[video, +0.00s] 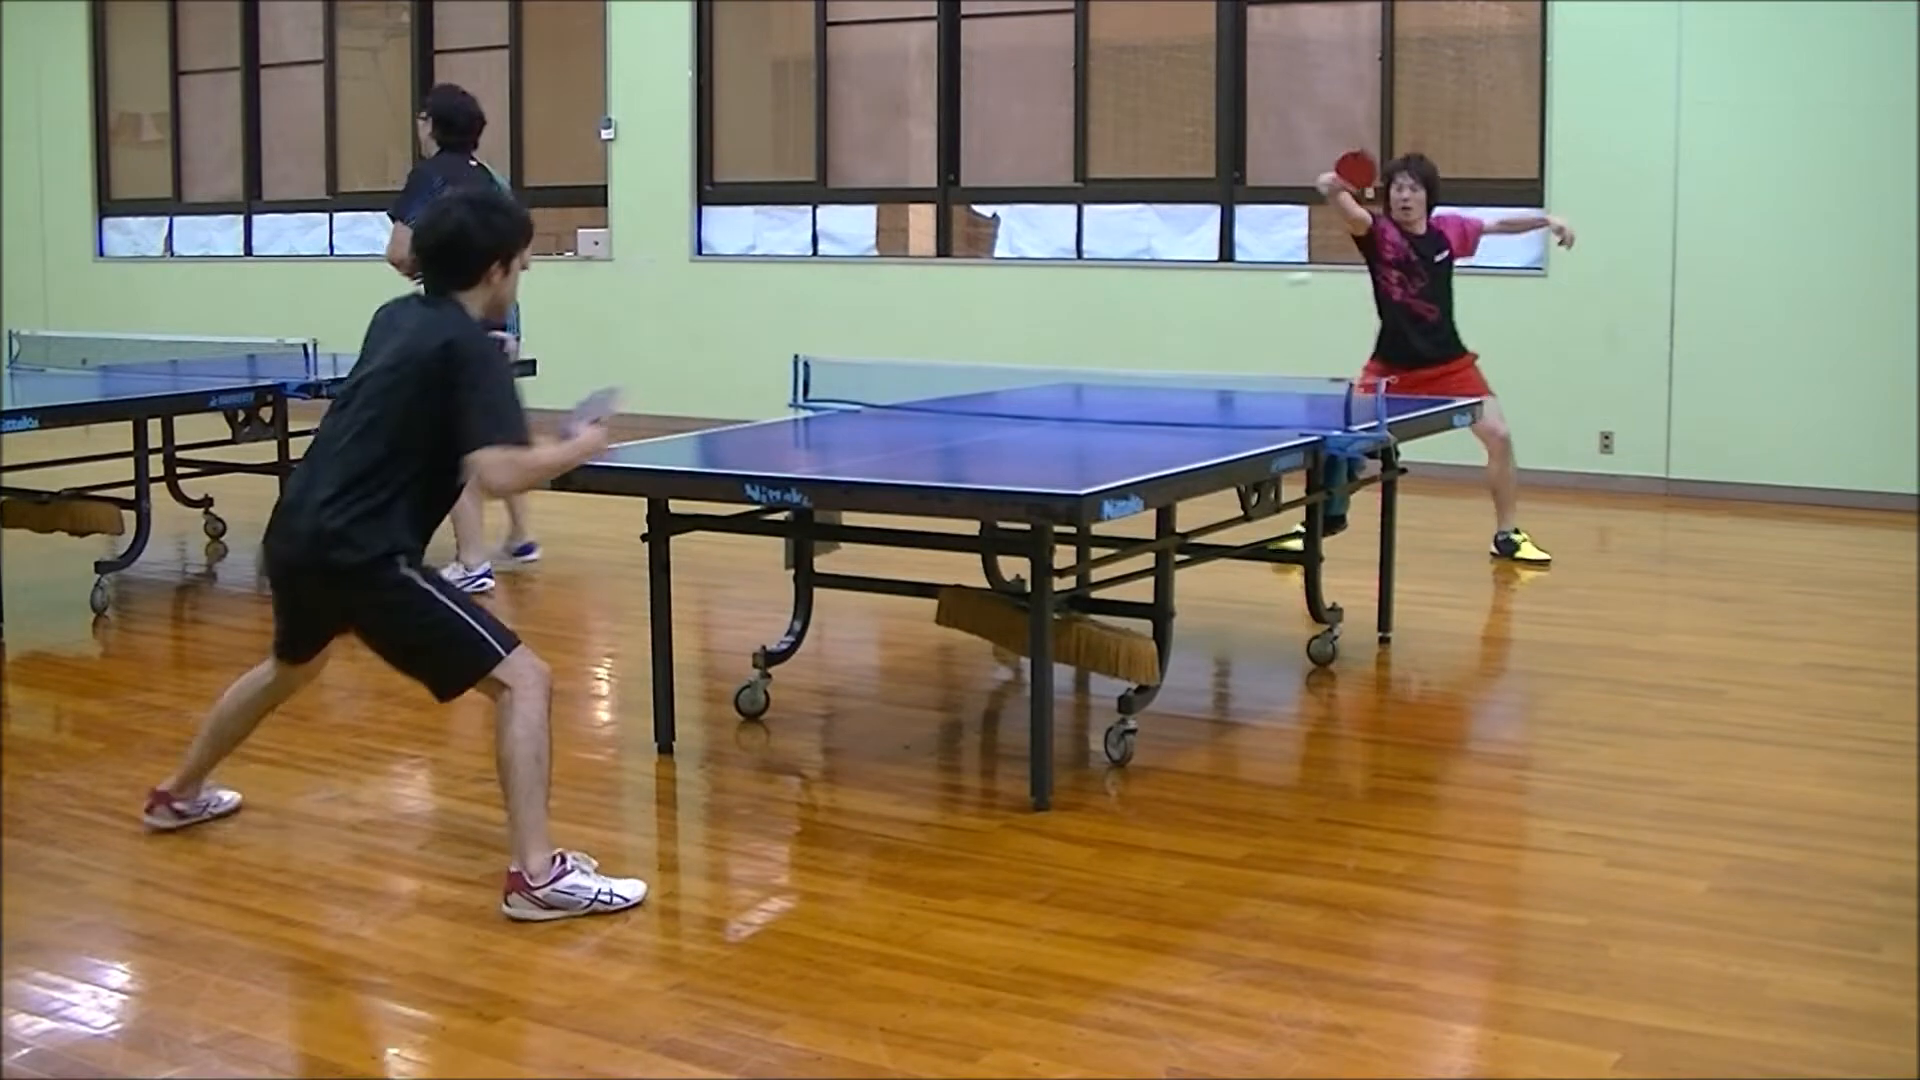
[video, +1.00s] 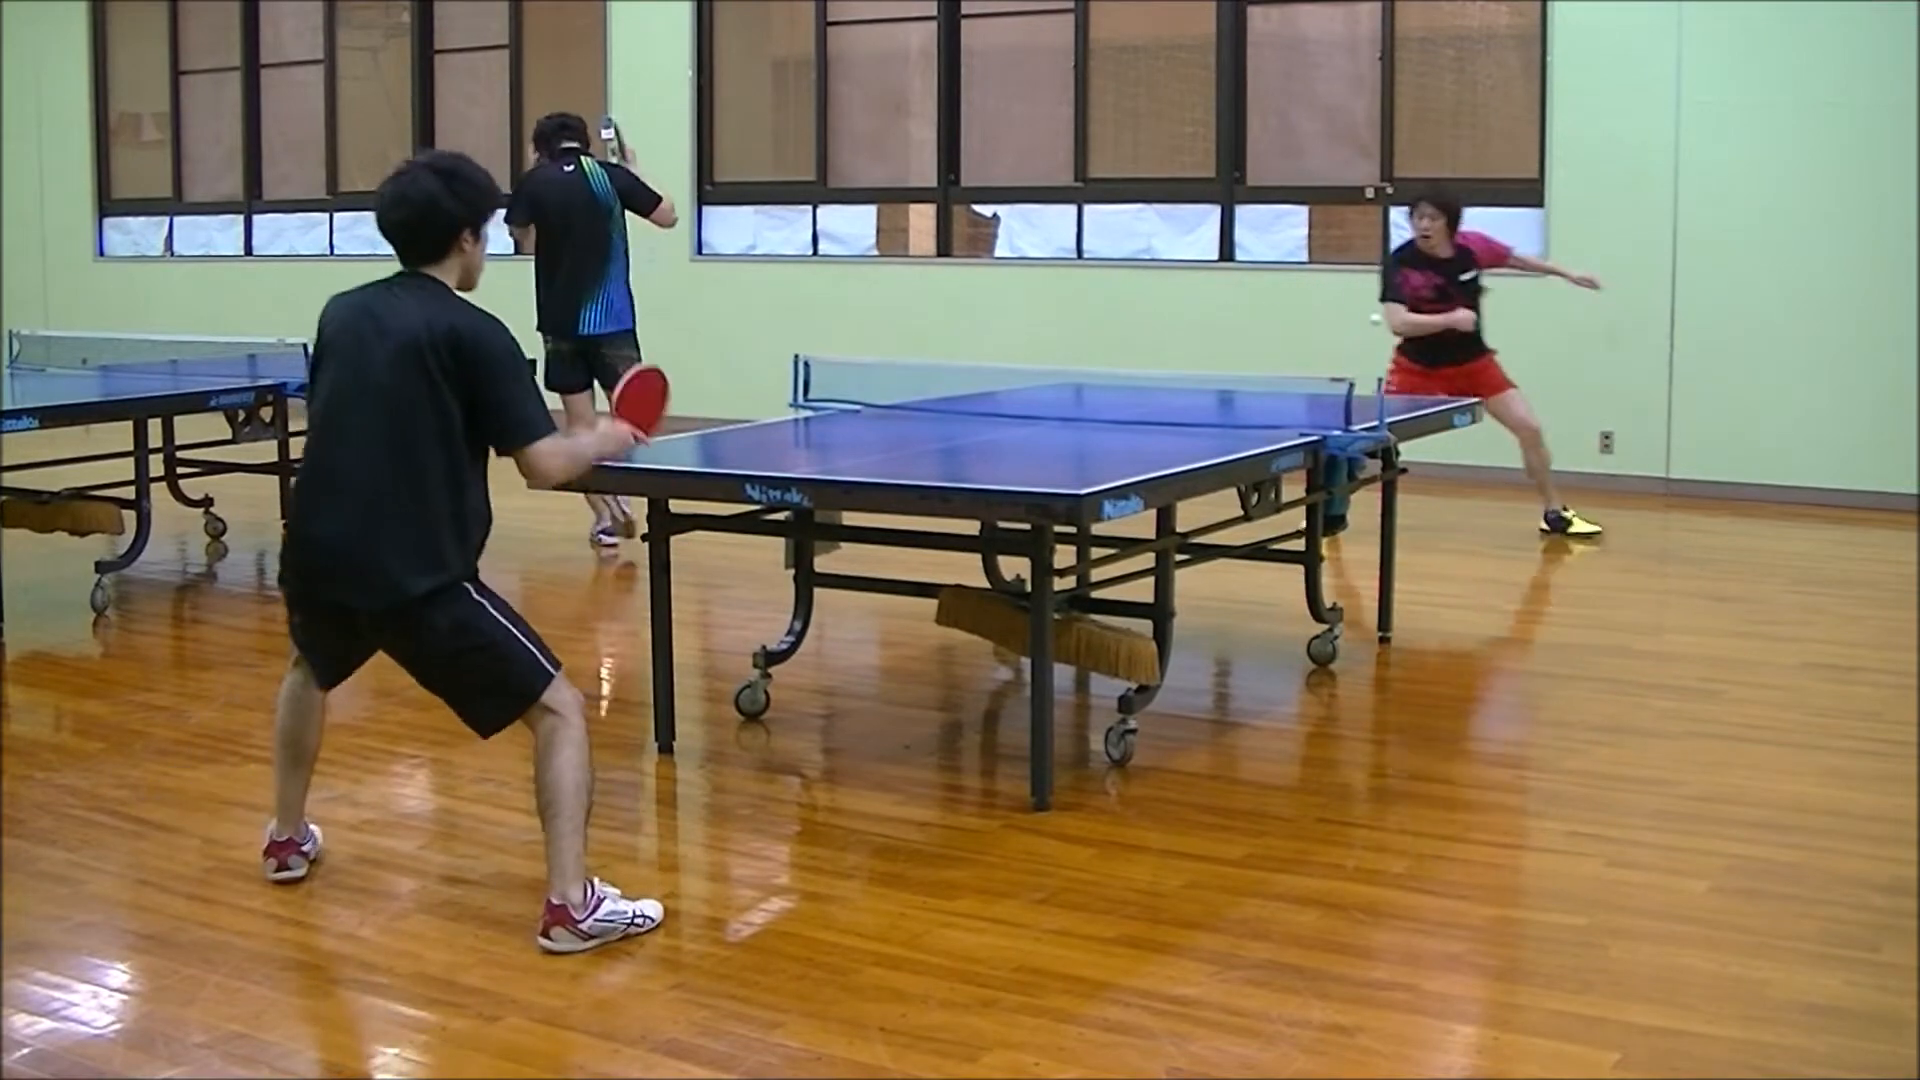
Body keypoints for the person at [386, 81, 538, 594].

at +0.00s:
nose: (418, 125)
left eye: (421, 119)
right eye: (421, 118)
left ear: (431, 127)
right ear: (475, 130)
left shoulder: (425, 177)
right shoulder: (493, 180)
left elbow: (398, 253)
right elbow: (512, 251)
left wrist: (438, 277)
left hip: (440, 324)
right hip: (494, 325)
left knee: (458, 449)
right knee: (503, 427)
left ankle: (473, 561)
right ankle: (522, 533)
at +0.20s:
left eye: (475, 128)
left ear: (476, 134)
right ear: (522, 135)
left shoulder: (454, 183)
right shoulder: (540, 187)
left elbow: (424, 255)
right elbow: (572, 261)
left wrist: (465, 269)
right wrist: (529, 266)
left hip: (474, 334)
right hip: (534, 331)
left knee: (472, 443)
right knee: (560, 435)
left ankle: (467, 558)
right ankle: (584, 544)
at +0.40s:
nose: (559, 262)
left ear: (516, 138)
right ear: (562, 141)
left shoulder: (491, 179)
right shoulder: (583, 181)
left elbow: (459, 241)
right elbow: (609, 254)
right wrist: (579, 229)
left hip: (495, 328)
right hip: (572, 334)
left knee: (485, 438)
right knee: (592, 438)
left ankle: (471, 531)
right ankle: (588, 543)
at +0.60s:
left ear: (532, 145)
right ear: (580, 143)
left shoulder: (518, 176)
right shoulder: (602, 175)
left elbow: (498, 235)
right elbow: (642, 241)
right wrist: (619, 203)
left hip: (522, 323)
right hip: (592, 326)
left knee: (541, 428)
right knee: (599, 434)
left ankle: (546, 526)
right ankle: (586, 542)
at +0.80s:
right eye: (588, 148)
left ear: (542, 154)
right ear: (588, 150)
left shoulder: (526, 189)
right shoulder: (608, 181)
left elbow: (517, 255)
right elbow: (662, 236)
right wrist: (644, 198)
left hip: (552, 327)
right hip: (602, 326)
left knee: (569, 430)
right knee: (601, 433)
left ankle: (587, 530)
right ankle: (591, 534)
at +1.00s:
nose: (533, 155)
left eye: (534, 149)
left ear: (539, 150)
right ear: (585, 144)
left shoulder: (533, 182)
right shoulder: (610, 175)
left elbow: (525, 242)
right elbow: (666, 215)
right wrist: (633, 172)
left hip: (560, 321)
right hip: (612, 319)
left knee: (579, 421)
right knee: (629, 411)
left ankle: (604, 521)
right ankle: (620, 506)